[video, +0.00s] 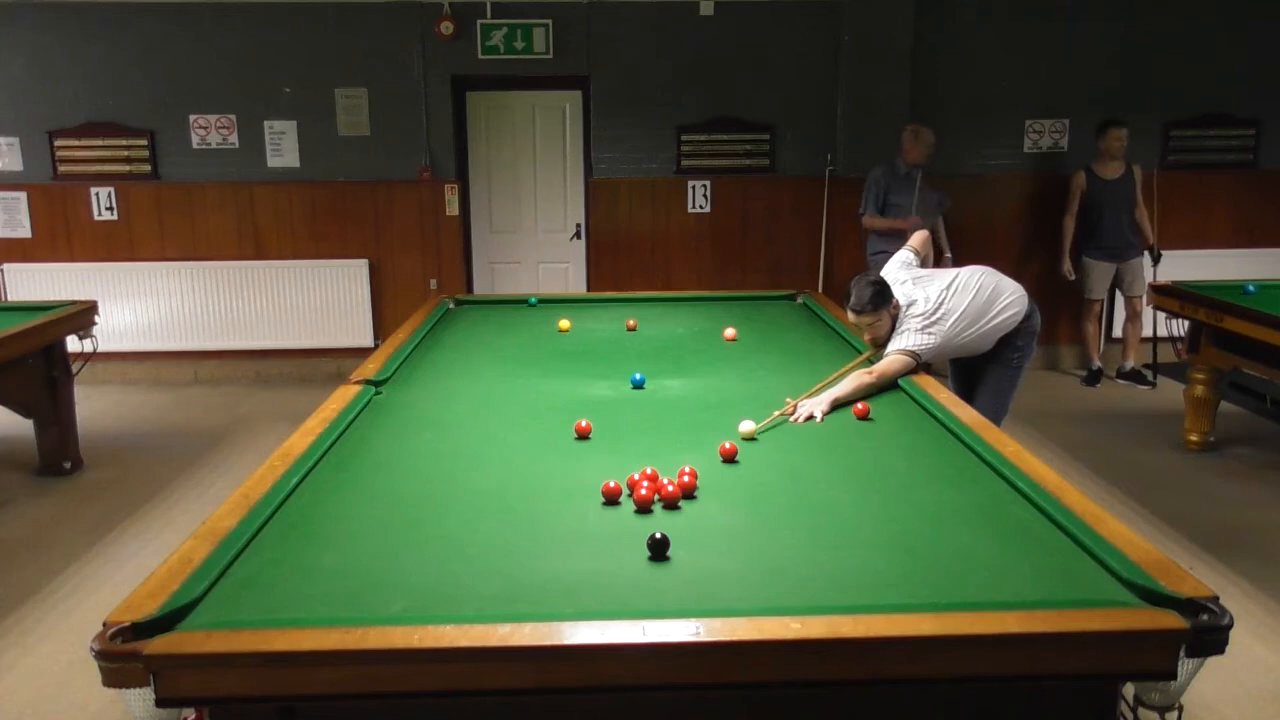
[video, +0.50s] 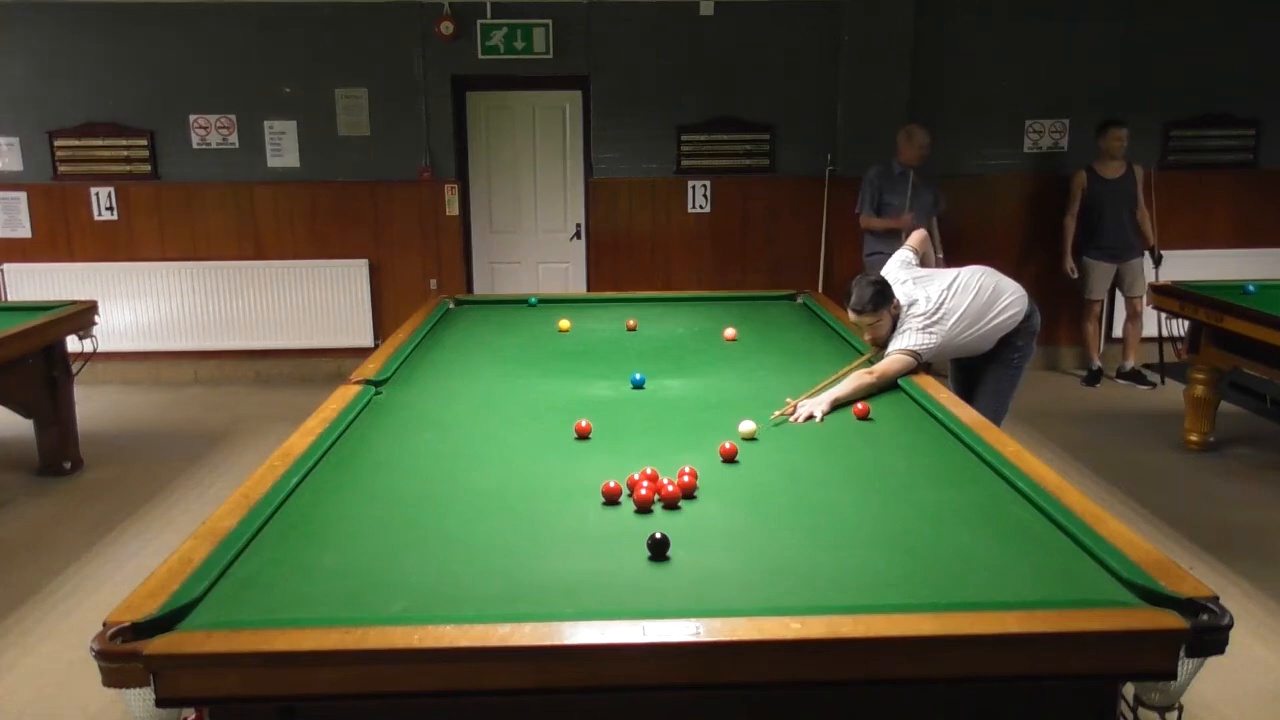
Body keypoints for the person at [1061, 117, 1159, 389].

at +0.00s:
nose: (1121, 144)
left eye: (1124, 139)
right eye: (1116, 139)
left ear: (1127, 142)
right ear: (1101, 142)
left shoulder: (1133, 171)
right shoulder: (1083, 176)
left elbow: (1139, 209)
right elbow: (1070, 217)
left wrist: (1151, 242)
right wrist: (1066, 256)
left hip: (1130, 253)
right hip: (1096, 254)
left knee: (1135, 310)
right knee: (1093, 310)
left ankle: (1127, 366)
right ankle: (1094, 365)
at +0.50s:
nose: (1122, 144)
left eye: (1124, 139)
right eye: (1116, 139)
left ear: (1127, 142)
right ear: (1101, 142)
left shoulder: (1134, 172)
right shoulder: (1084, 176)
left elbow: (1141, 210)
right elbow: (1071, 216)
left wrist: (1152, 244)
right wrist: (1067, 255)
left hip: (1131, 253)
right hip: (1097, 253)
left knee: (1136, 310)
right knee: (1093, 311)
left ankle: (1128, 366)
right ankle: (1094, 365)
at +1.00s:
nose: (1117, 151)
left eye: (1121, 146)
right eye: (1113, 145)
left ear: (1126, 145)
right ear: (1101, 144)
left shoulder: (1134, 172)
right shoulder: (1085, 176)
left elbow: (1142, 209)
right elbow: (1074, 216)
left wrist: (1144, 213)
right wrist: (1094, 218)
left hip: (1131, 252)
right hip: (1098, 253)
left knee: (1136, 310)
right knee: (1094, 311)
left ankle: (1128, 366)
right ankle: (1094, 365)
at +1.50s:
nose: (1117, 149)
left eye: (1121, 144)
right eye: (1112, 144)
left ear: (1127, 144)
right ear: (1102, 143)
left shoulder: (1135, 172)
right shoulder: (1086, 175)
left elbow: (1146, 213)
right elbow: (1079, 215)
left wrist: (1139, 197)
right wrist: (1103, 198)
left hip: (1130, 251)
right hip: (1098, 252)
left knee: (1135, 310)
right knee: (1093, 310)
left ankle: (1128, 366)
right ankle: (1095, 364)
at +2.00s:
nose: (1116, 147)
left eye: (1120, 143)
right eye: (1111, 142)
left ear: (1126, 143)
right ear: (1102, 142)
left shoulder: (1135, 172)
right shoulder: (1086, 174)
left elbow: (1146, 213)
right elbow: (1081, 214)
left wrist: (1135, 193)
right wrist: (1105, 191)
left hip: (1130, 251)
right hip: (1098, 251)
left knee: (1135, 310)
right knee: (1094, 310)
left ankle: (1128, 366)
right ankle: (1095, 364)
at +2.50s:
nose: (1117, 148)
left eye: (1121, 143)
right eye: (1112, 143)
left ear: (1127, 143)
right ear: (1102, 142)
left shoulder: (1135, 172)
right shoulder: (1086, 174)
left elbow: (1146, 213)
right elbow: (1081, 215)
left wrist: (1133, 194)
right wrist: (1105, 192)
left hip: (1130, 251)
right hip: (1098, 251)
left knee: (1135, 310)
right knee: (1093, 309)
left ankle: (1128, 366)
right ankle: (1094, 364)